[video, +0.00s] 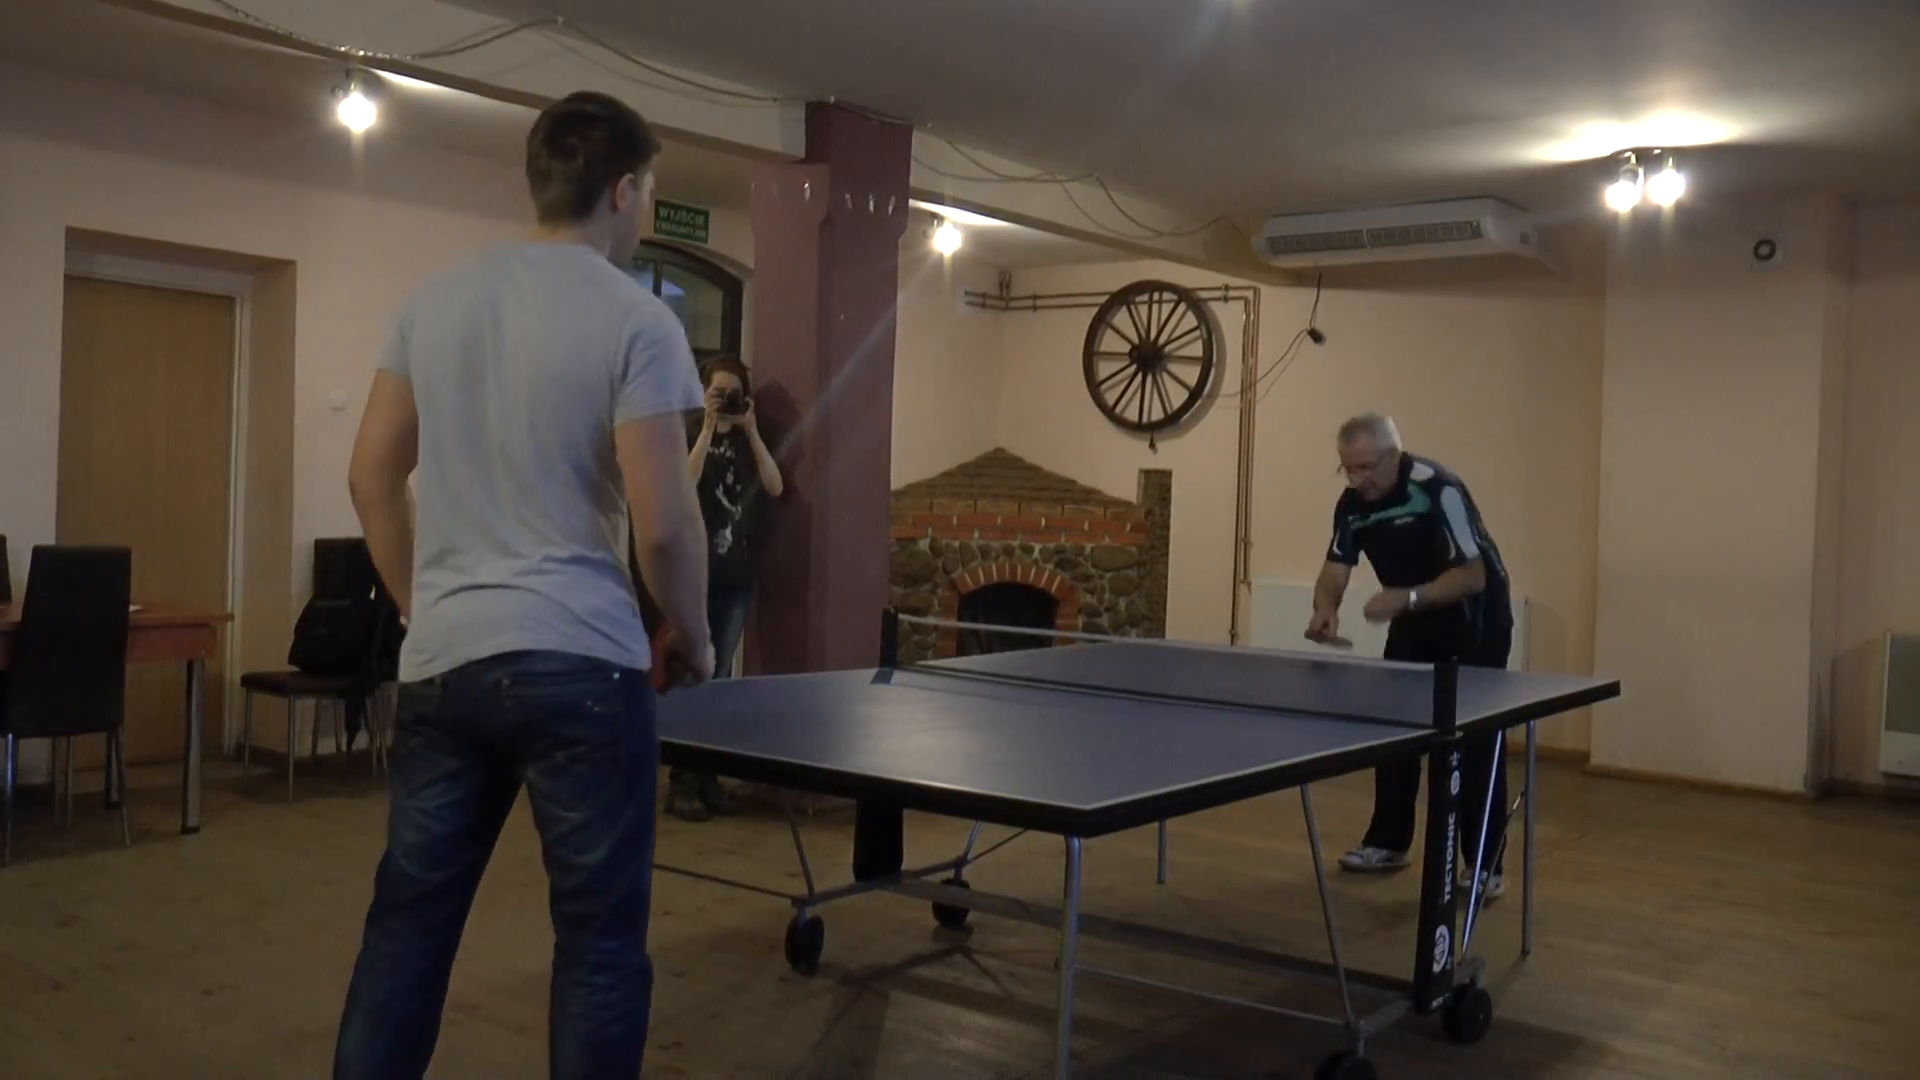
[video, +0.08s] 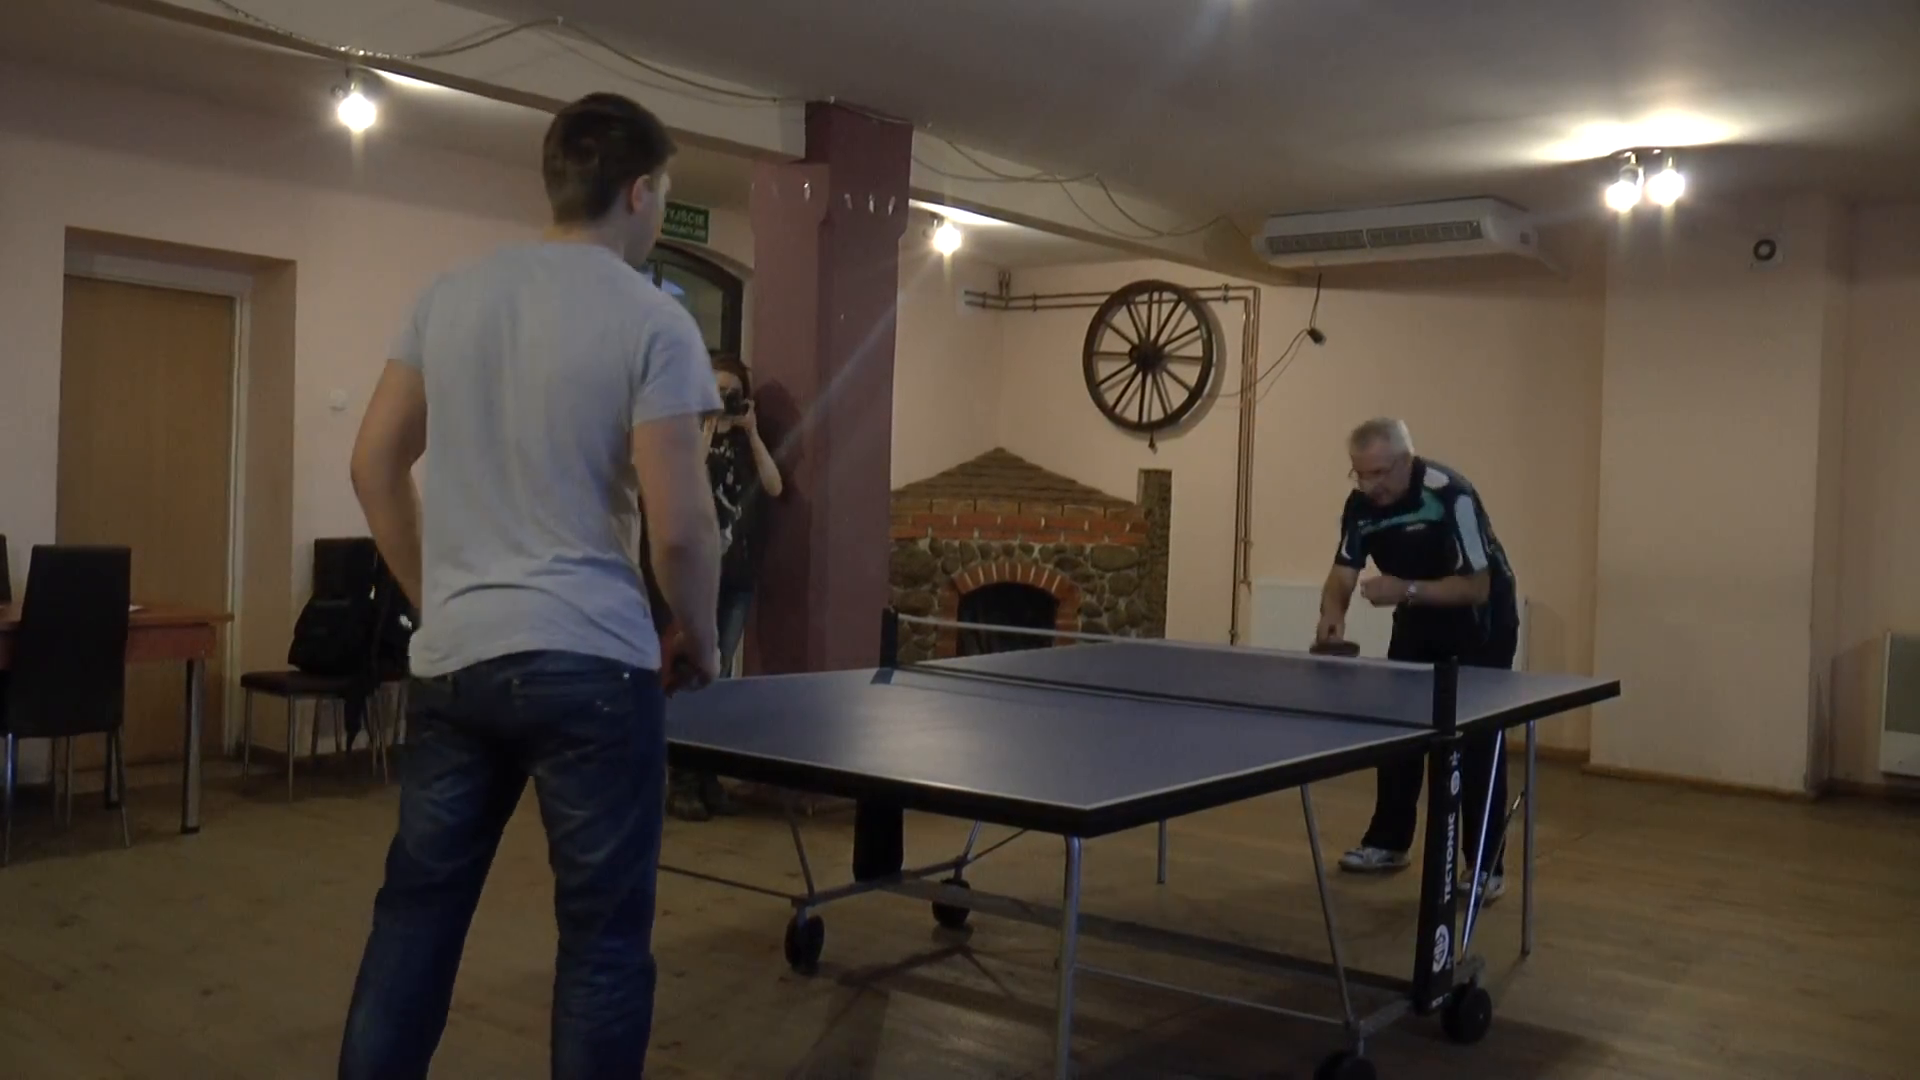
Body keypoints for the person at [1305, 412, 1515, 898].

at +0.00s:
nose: (1355, 480)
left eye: (1365, 468)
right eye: (1348, 469)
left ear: (1394, 458)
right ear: (1343, 464)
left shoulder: (1439, 491)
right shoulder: (1352, 505)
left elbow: (1474, 575)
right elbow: (1334, 572)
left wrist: (1407, 597)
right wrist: (1324, 611)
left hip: (1475, 620)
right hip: (1413, 620)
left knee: (1475, 740)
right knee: (1397, 729)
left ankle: (1484, 864)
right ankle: (1387, 844)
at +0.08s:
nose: (1368, 486)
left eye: (1379, 474)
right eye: (1360, 474)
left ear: (1408, 463)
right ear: (1354, 468)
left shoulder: (1453, 497)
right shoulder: (1359, 505)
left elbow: (1480, 587)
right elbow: (1341, 578)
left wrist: (1405, 590)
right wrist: (1331, 619)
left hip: (1480, 620)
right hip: (1417, 616)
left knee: (1478, 741)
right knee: (1400, 728)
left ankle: (1485, 866)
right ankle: (1387, 843)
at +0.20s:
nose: (1388, 498)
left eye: (1399, 488)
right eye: (1379, 487)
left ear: (1426, 475)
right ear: (1370, 478)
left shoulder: (1467, 506)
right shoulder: (1373, 512)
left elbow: (1487, 603)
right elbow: (1367, 582)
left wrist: (1409, 600)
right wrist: (1353, 614)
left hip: (1484, 632)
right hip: (1419, 625)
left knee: (1479, 746)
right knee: (1396, 729)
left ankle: (1484, 869)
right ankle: (1385, 839)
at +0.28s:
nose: (1395, 511)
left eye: (1407, 500)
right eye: (1388, 499)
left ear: (1434, 487)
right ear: (1378, 489)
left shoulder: (1474, 516)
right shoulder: (1380, 522)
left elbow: (1495, 613)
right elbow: (1383, 594)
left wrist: (1414, 624)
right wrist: (1367, 626)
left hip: (1486, 636)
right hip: (1421, 631)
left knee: (1475, 745)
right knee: (1383, 722)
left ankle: (1484, 871)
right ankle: (1379, 830)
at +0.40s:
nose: (1396, 530)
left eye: (1408, 520)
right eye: (1388, 518)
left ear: (1436, 507)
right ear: (1381, 506)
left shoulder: (1475, 532)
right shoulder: (1382, 535)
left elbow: (1499, 626)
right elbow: (1387, 607)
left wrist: (1448, 674)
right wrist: (1377, 677)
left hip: (1490, 626)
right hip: (1429, 619)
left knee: (1473, 744)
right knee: (1381, 721)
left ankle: (1481, 874)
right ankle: (1350, 840)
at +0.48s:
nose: (1394, 542)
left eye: (1406, 533)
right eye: (1387, 531)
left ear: (1435, 521)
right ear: (1380, 517)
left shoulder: (1473, 546)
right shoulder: (1379, 545)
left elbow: (1492, 636)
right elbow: (1382, 620)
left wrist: (1452, 698)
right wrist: (1377, 690)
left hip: (1495, 628)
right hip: (1433, 619)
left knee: (1472, 743)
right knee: (1383, 723)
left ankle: (1481, 874)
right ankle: (1337, 840)